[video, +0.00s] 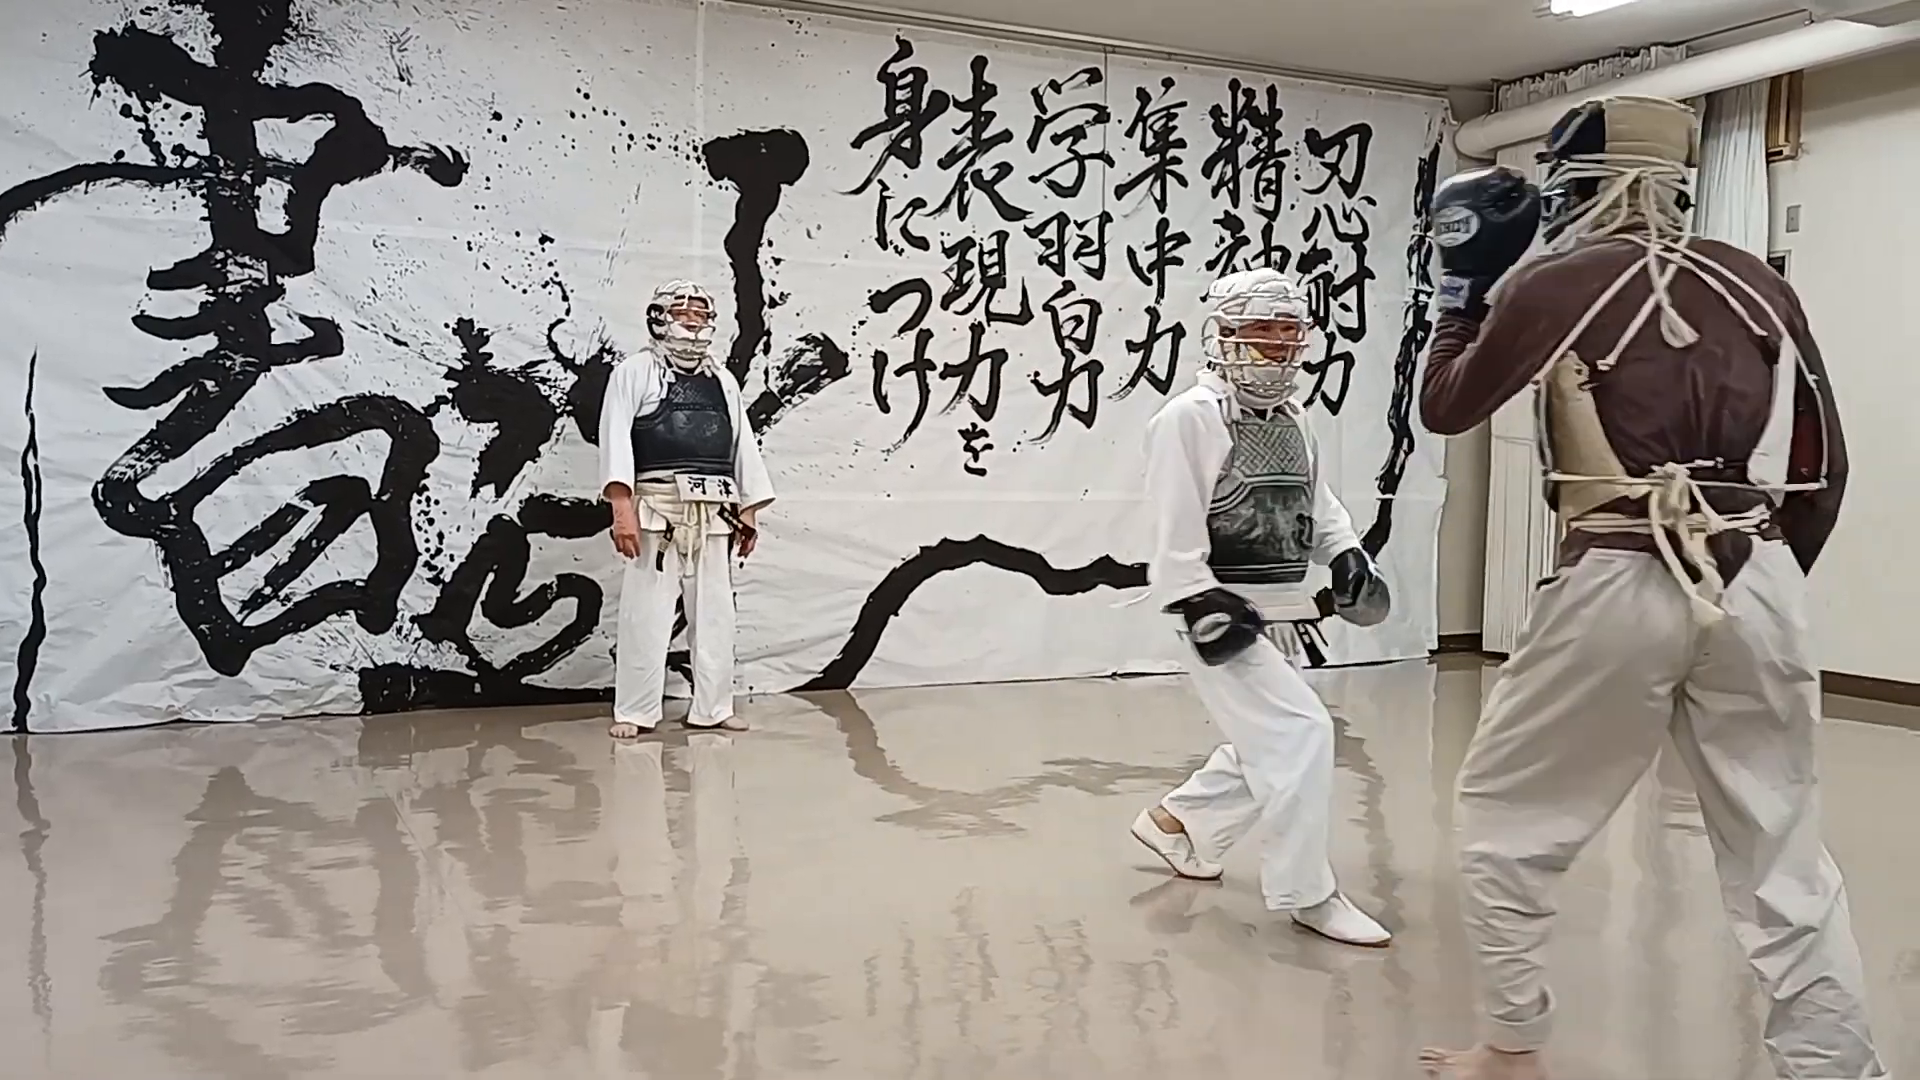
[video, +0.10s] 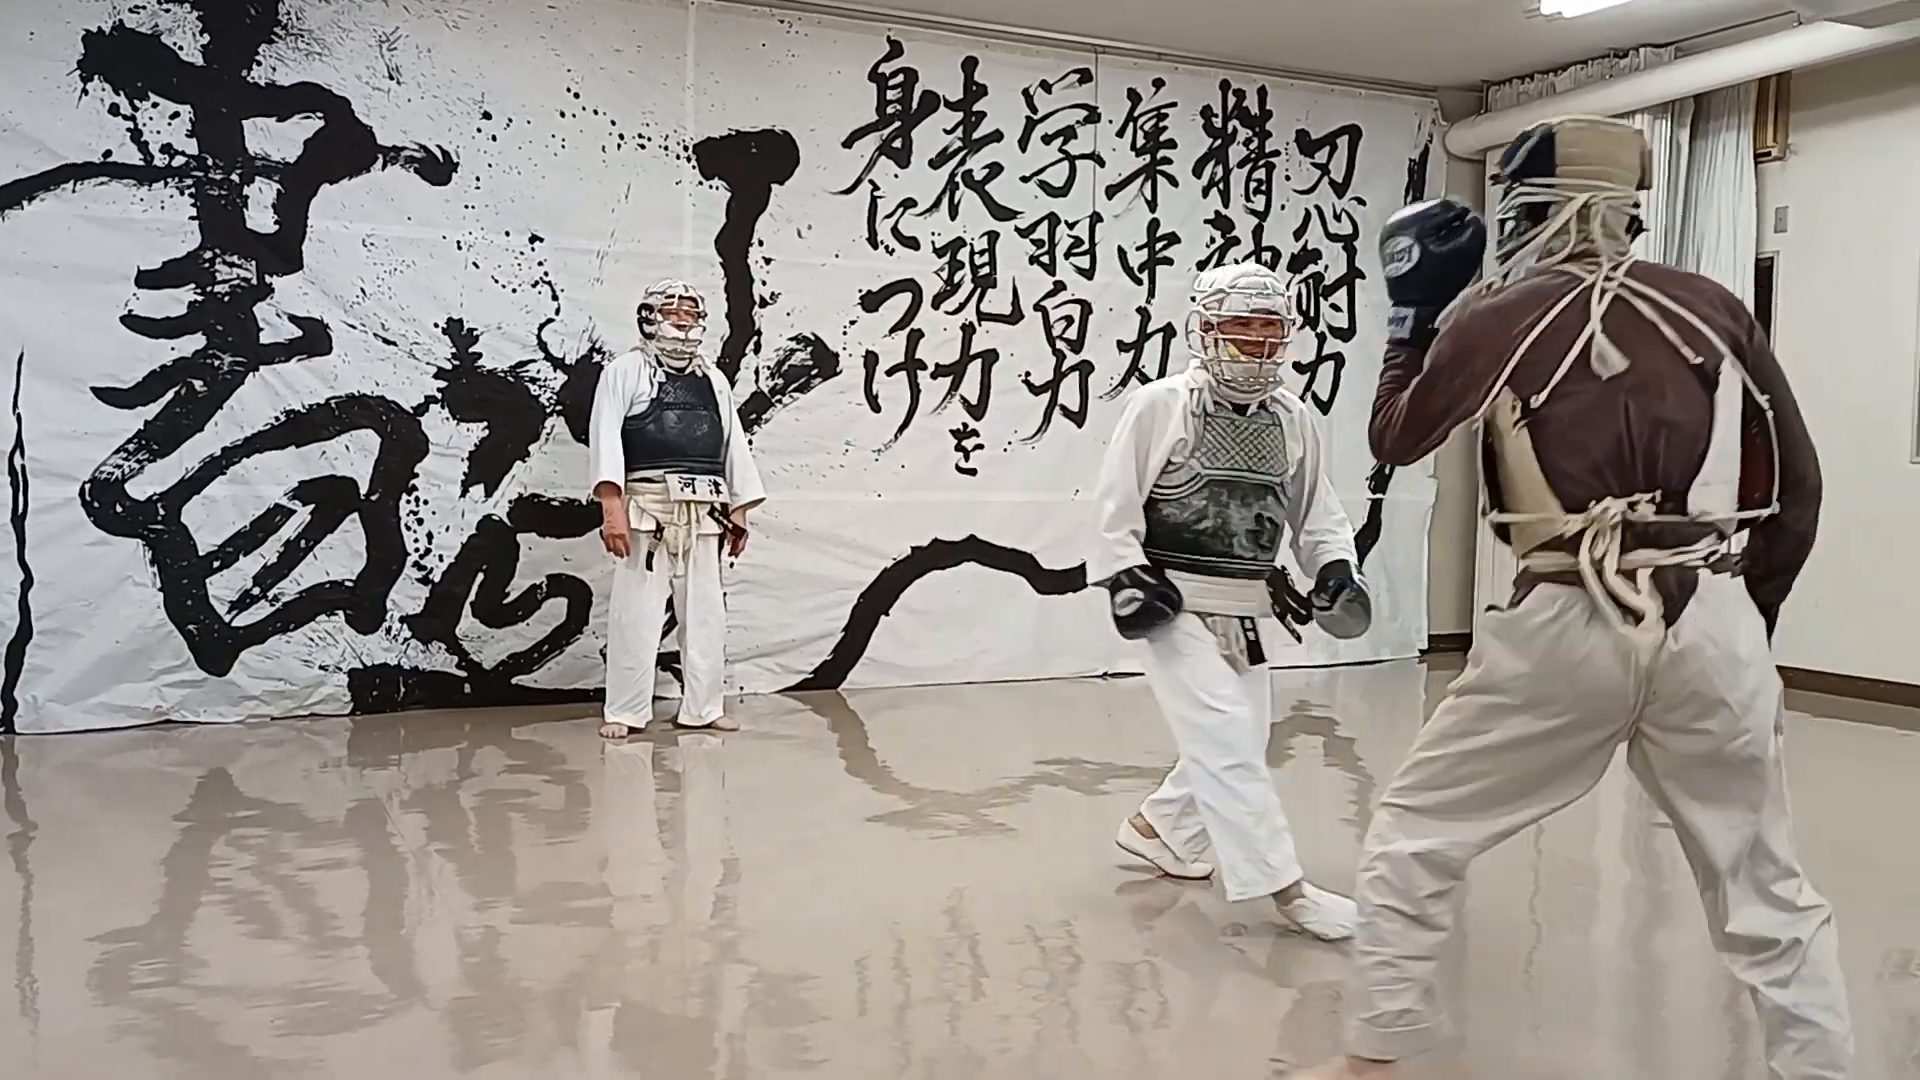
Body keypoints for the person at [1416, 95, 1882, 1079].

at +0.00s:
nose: (1553, 193)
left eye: (1563, 178)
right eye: (1557, 178)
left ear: (1588, 184)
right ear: (1677, 184)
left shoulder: (1555, 282)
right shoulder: (1762, 280)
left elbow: (1446, 402)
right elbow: (1821, 470)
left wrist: (1462, 284)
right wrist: (1766, 581)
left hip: (1612, 591)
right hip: (1759, 586)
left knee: (1505, 816)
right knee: (1783, 855)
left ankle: (1513, 1041)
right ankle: (1832, 1066)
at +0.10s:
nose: (1506, 224)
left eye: (1514, 211)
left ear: (1530, 215)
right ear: (1628, 213)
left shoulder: (1493, 317)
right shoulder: (1714, 303)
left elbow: (1393, 437)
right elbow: (1797, 487)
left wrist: (1412, 317)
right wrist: (1740, 613)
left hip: (1560, 627)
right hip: (1712, 621)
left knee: (1415, 830)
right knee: (1769, 893)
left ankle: (1388, 1052)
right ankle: (1819, 1067)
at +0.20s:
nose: (1431, 247)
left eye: (1440, 235)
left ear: (1449, 243)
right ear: (1549, 242)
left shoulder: (1409, 357)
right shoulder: (1623, 334)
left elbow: (1340, 491)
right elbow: (1714, 495)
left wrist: (1354, 359)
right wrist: (1712, 635)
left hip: (1480, 658)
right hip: (1630, 655)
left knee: (1340, 868)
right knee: (1703, 883)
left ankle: (1245, 1054)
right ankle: (1774, 1061)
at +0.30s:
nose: (1327, 241)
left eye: (1334, 229)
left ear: (1343, 234)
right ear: (1442, 235)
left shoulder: (1295, 340)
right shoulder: (1505, 329)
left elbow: (1240, 484)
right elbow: (1607, 477)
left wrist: (1271, 346)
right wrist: (1634, 626)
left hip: (1341, 645)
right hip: (1499, 642)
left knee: (1239, 859)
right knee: (1620, 881)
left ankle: (1202, 1060)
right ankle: (1724, 1067)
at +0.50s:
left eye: (1182, 130)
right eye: (1291, 138)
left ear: (1180, 135)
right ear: (1285, 144)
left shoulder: (1114, 229)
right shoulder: (1343, 242)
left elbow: (1053, 395)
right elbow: (1407, 409)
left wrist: (1100, 317)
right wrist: (1407, 562)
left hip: (1166, 545)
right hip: (1315, 543)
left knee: (1161, 828)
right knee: (1326, 828)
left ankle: (1176, 1061)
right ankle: (1358, 1063)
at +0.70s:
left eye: (1047, 171)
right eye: (1134, 181)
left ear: (1046, 176)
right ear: (1137, 187)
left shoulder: (979, 283)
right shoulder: (1189, 299)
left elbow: (910, 454)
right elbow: (1240, 483)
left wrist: (1007, 421)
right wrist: (1173, 576)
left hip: (999, 621)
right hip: (1143, 625)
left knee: (885, 874)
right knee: (1166, 905)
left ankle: (803, 1067)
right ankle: (1184, 1072)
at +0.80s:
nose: (1075, 243)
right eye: (1071, 231)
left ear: (963, 218)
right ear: (1055, 234)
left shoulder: (886, 314)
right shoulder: (1087, 346)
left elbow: (835, 493)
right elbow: (1120, 535)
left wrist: (918, 568)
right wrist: (1064, 635)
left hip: (884, 652)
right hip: (1032, 661)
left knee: (748, 877)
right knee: (1120, 914)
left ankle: (651, 1068)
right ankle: (1178, 1073)